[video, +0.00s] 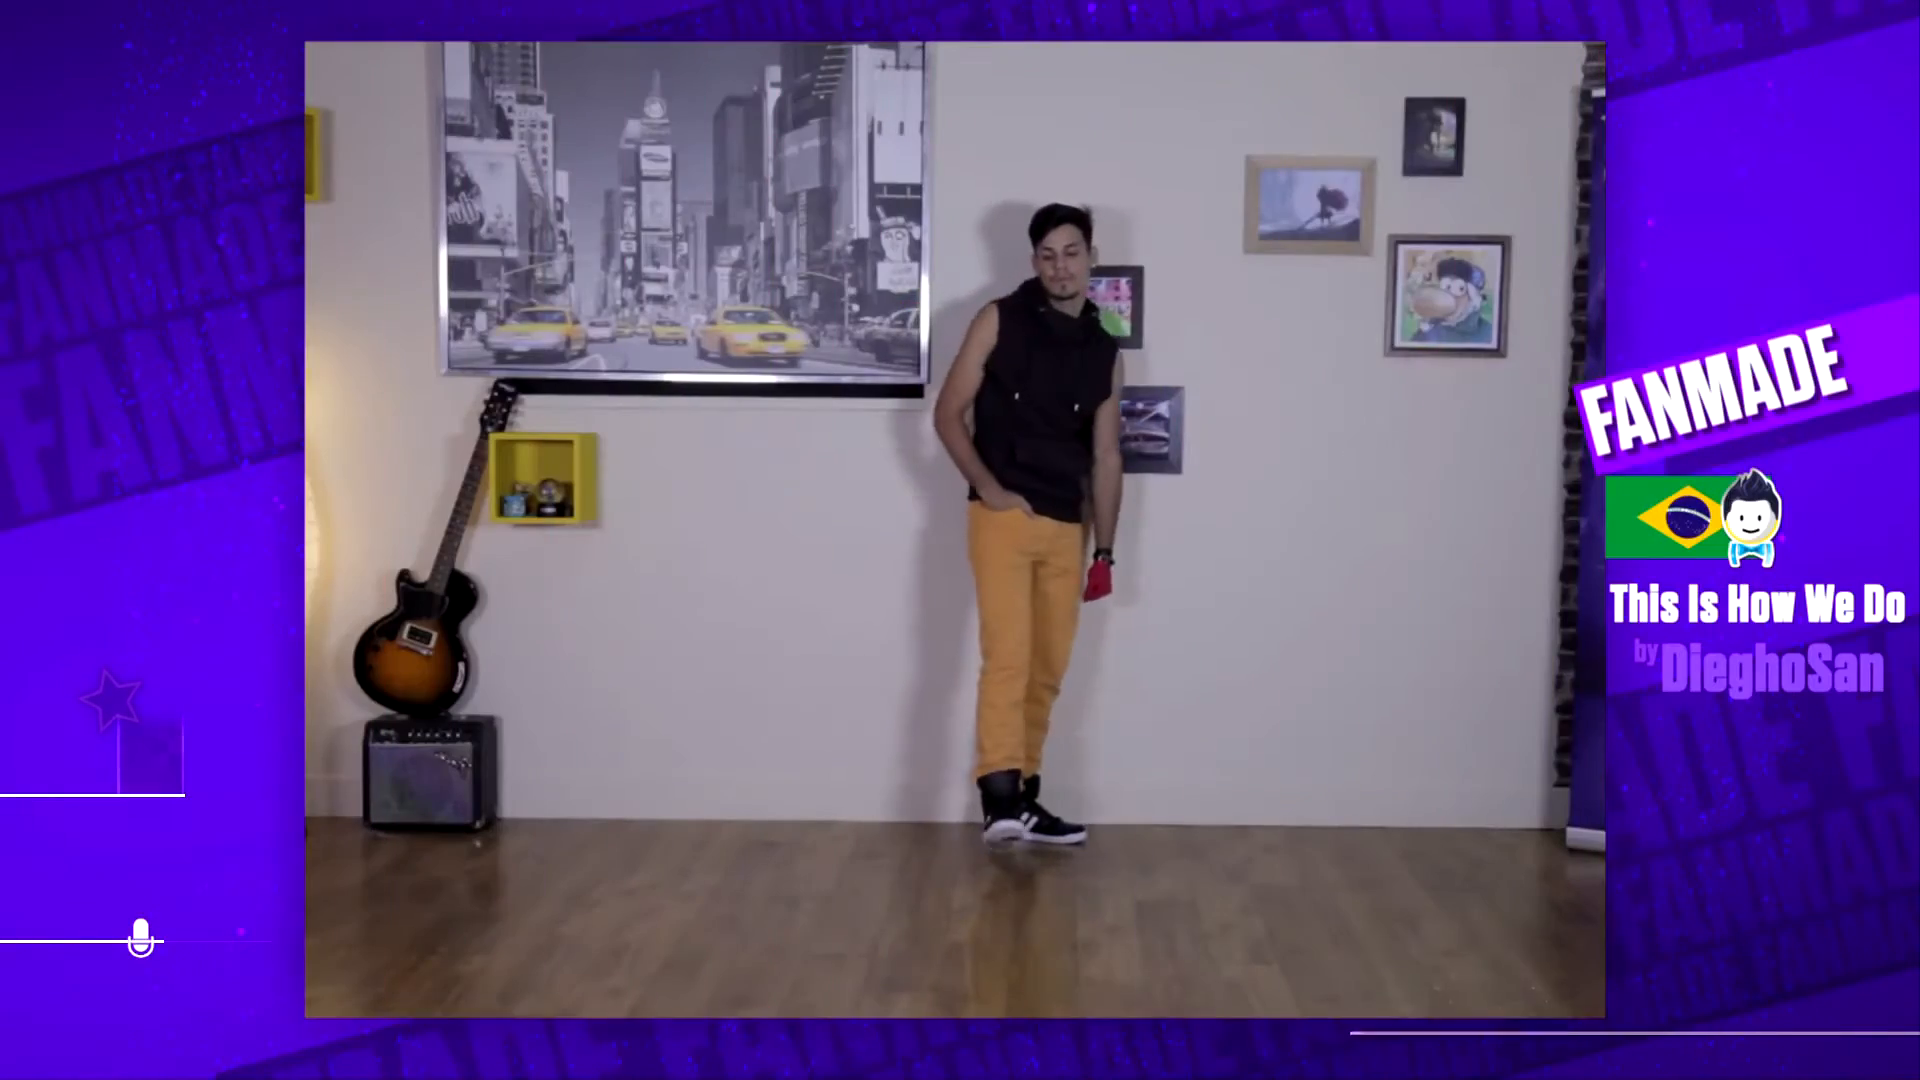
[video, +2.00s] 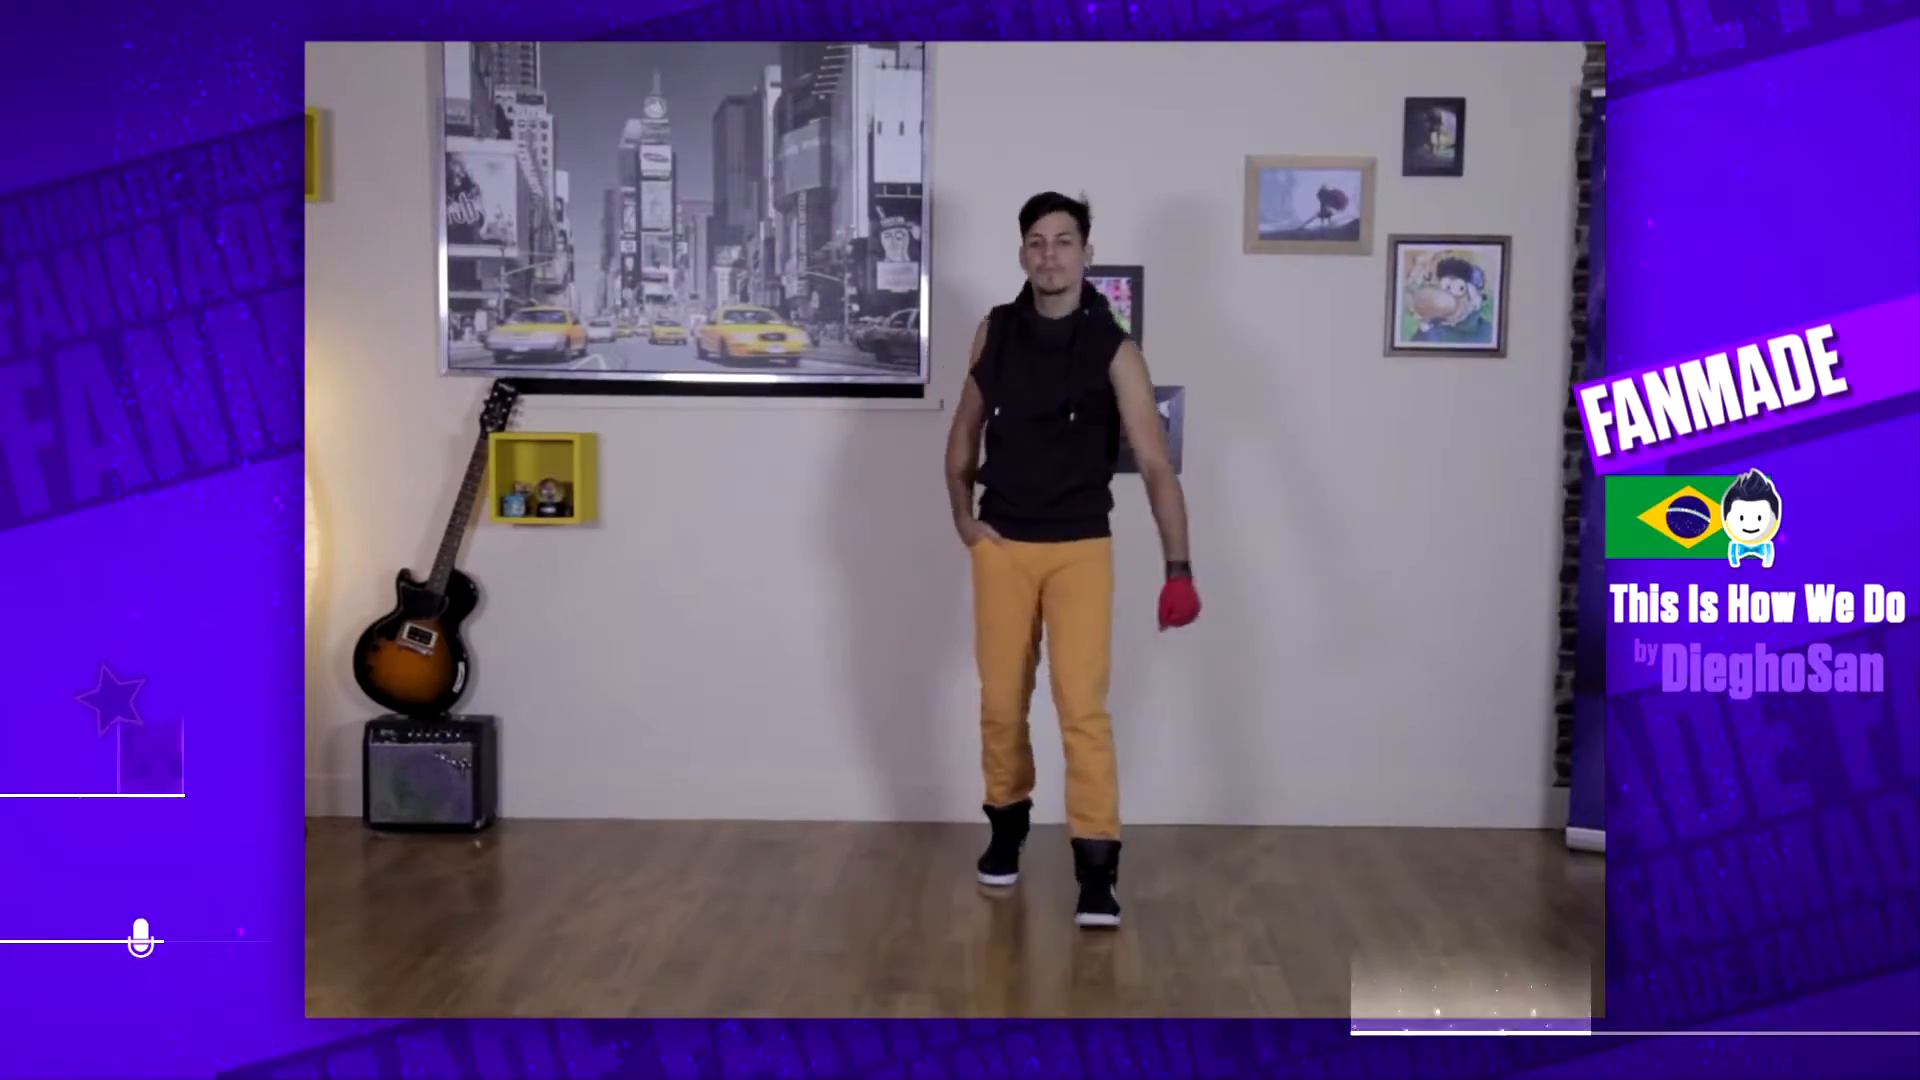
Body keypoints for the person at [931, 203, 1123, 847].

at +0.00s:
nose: (1059, 265)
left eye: (1071, 253)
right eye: (1047, 255)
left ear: (1091, 257)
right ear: (1034, 261)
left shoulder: (1102, 347)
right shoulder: (1000, 320)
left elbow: (1107, 453)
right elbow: (947, 414)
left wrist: (1103, 545)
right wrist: (986, 488)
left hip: (1068, 527)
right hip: (1004, 517)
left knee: (1047, 668)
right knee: (1008, 660)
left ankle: (1023, 800)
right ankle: (999, 804)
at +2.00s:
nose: (1049, 254)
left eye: (1062, 242)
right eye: (1037, 243)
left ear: (1086, 251)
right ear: (1022, 255)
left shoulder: (1113, 349)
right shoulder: (996, 332)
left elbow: (1157, 465)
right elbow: (965, 430)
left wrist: (1179, 567)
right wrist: (963, 514)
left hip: (1081, 550)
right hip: (1000, 546)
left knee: (1083, 710)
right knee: (1000, 706)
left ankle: (1097, 871)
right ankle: (1006, 829)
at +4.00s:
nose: (1034, 238)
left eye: (1051, 226)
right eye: (1023, 224)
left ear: (1076, 238)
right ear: (1005, 233)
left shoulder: (1112, 322)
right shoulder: (972, 332)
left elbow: (1130, 447)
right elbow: (909, 446)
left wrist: (1050, 377)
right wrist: (967, 533)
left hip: (1103, 562)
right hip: (1009, 562)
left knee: (1143, 726)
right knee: (991, 736)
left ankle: (1161, 887)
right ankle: (968, 898)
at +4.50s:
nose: (1160, 244)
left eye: (1176, 230)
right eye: (1147, 229)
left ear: (1199, 239)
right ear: (1124, 232)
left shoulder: (1210, 333)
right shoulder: (1071, 313)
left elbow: (1184, 429)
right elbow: (1025, 428)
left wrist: (1153, 320)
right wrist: (1021, 523)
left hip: (1156, 573)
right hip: (1062, 565)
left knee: (1177, 747)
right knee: (1020, 744)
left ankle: (1202, 909)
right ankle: (1005, 908)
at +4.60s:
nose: (1152, 248)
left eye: (1170, 235)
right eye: (1141, 232)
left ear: (1200, 242)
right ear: (1125, 232)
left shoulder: (1210, 340)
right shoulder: (1071, 310)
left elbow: (1188, 434)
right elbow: (1006, 427)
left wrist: (1152, 326)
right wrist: (1025, 531)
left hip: (1159, 572)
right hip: (1064, 564)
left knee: (1178, 746)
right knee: (1019, 744)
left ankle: (1202, 910)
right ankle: (1000, 905)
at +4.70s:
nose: (1136, 257)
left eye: (1154, 244)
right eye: (1127, 241)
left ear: (1188, 250)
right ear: (1115, 239)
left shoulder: (1194, 348)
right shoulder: (1062, 311)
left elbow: (1184, 444)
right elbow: (995, 429)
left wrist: (1140, 344)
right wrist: (1021, 537)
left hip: (1154, 572)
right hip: (1059, 569)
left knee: (1173, 742)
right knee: (1013, 745)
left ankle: (1201, 907)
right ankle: (983, 903)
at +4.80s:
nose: (1120, 259)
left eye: (1139, 247)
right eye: (1113, 243)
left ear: (1172, 256)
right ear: (1102, 240)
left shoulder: (1177, 348)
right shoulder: (1052, 309)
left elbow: (1174, 447)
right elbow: (984, 431)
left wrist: (1124, 351)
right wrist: (1015, 540)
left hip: (1145, 572)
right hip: (1051, 570)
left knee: (1167, 739)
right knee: (1007, 744)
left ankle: (1197, 905)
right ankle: (975, 901)